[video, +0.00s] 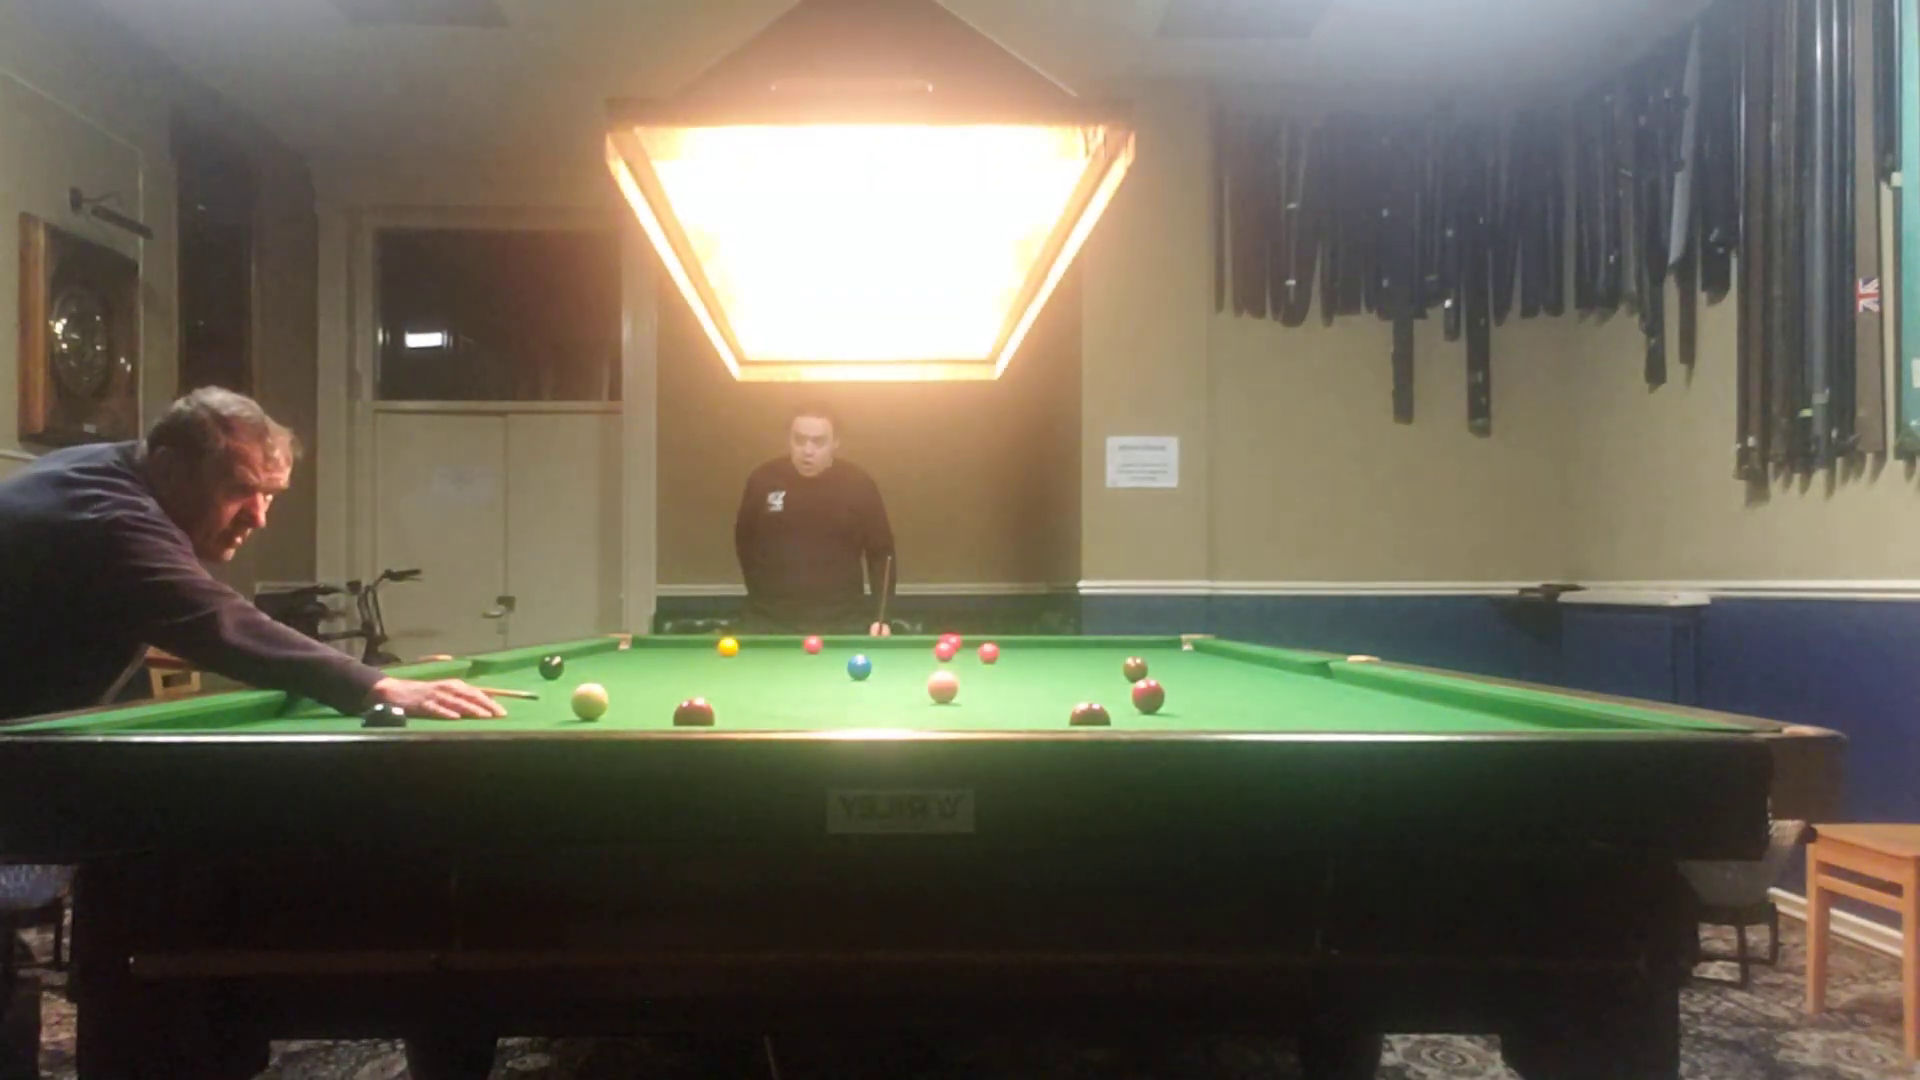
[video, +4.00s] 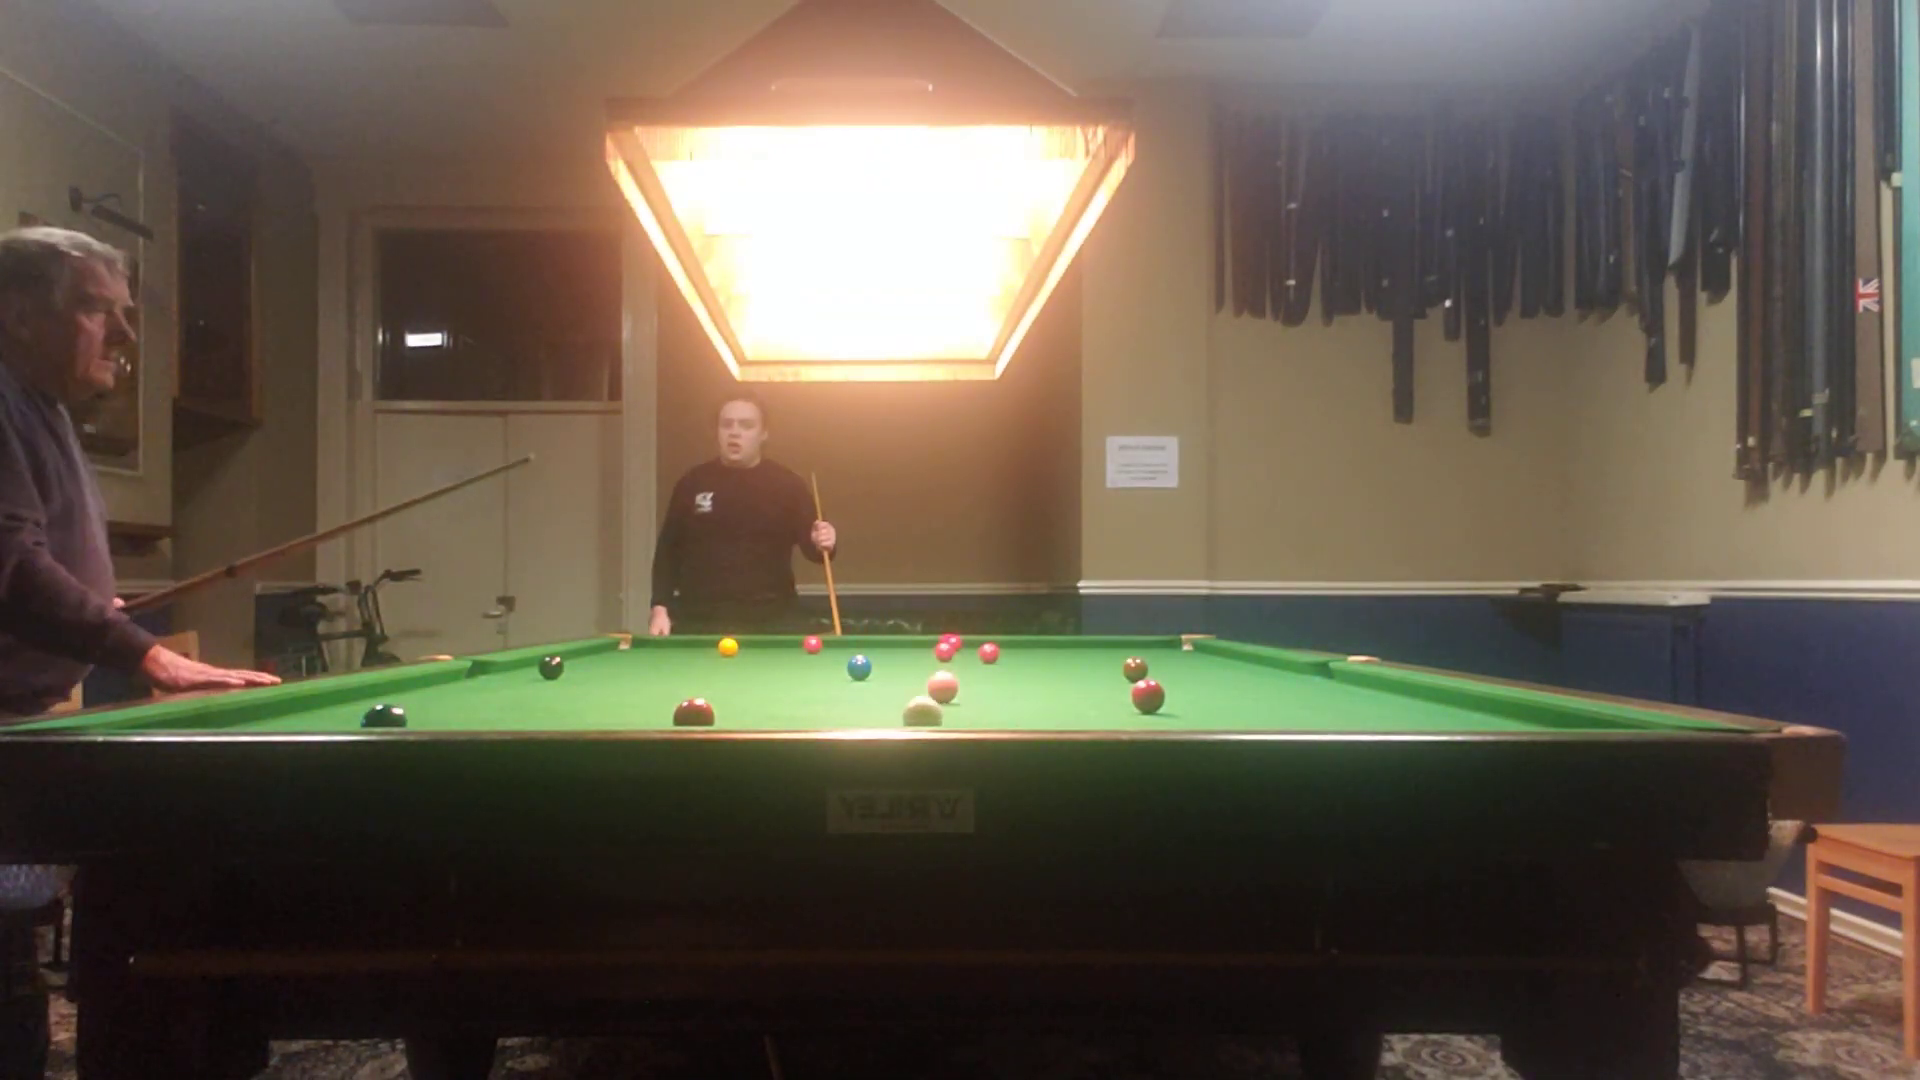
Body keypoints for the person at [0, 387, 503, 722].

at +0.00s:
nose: (258, 519)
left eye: (269, 499)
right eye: (244, 493)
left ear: (171, 464)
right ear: (177, 468)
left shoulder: (113, 470)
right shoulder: (116, 520)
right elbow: (229, 628)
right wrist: (383, 687)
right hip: (13, 736)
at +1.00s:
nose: (269, 534)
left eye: (281, 513)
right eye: (253, 507)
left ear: (179, 473)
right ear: (183, 478)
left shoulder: (127, 472)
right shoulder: (133, 529)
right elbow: (243, 632)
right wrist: (394, 687)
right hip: (11, 720)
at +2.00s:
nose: (270, 537)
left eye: (283, 516)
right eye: (255, 510)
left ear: (183, 476)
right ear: (187, 481)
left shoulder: (134, 474)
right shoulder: (135, 531)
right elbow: (241, 632)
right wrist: (394, 687)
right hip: (11, 719)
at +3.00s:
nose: (226, 420)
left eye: (236, 403)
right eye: (207, 396)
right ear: (144, 386)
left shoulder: (109, 440)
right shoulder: (86, 445)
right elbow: (154, 575)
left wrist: (120, 632)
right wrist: (296, 654)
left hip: (41, 745)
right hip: (16, 751)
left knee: (30, 945)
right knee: (24, 953)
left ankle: (27, 1061)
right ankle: (25, 1064)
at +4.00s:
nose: (124, 336)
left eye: (124, 318)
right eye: (103, 312)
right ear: (26, 316)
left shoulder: (46, 417)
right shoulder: (8, 410)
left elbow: (61, 574)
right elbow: (16, 561)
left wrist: (161, 658)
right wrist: (149, 654)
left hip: (48, 719)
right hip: (14, 723)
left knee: (30, 916)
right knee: (16, 919)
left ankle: (29, 1054)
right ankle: (23, 1058)